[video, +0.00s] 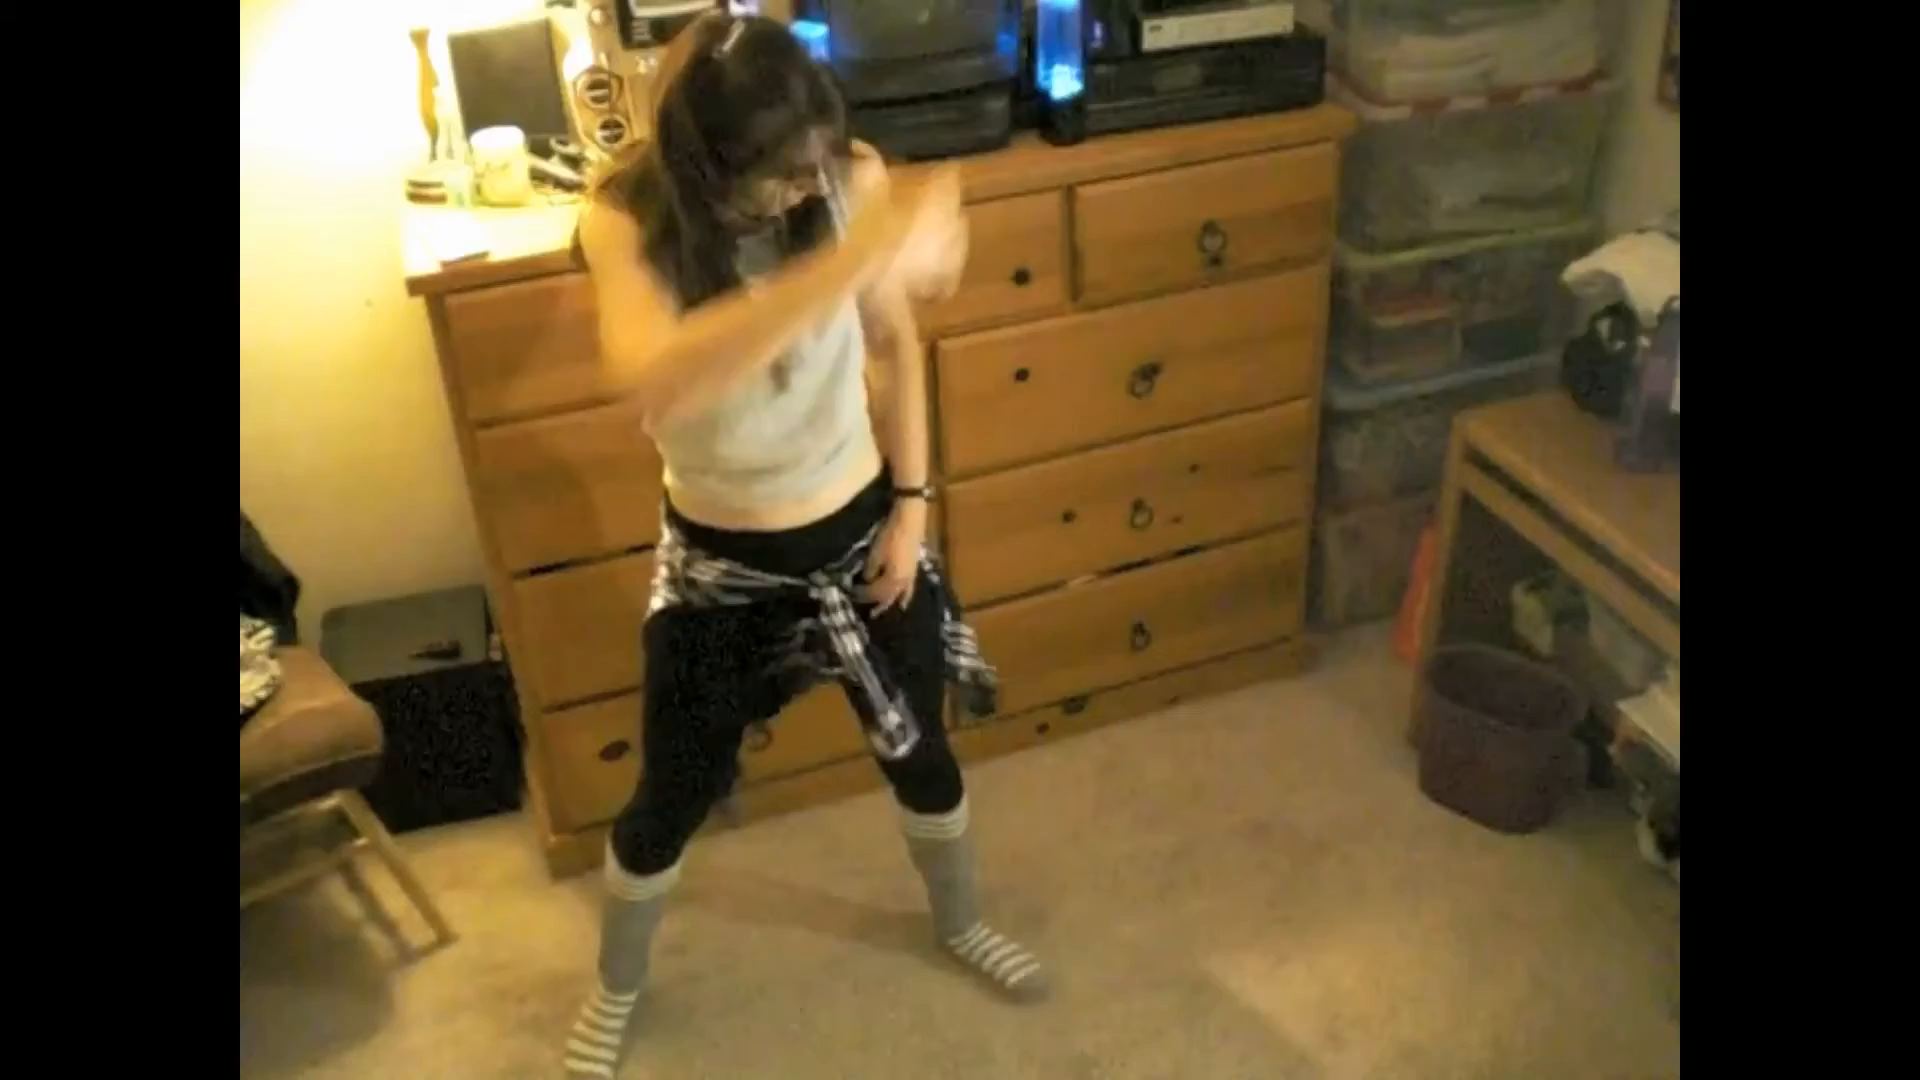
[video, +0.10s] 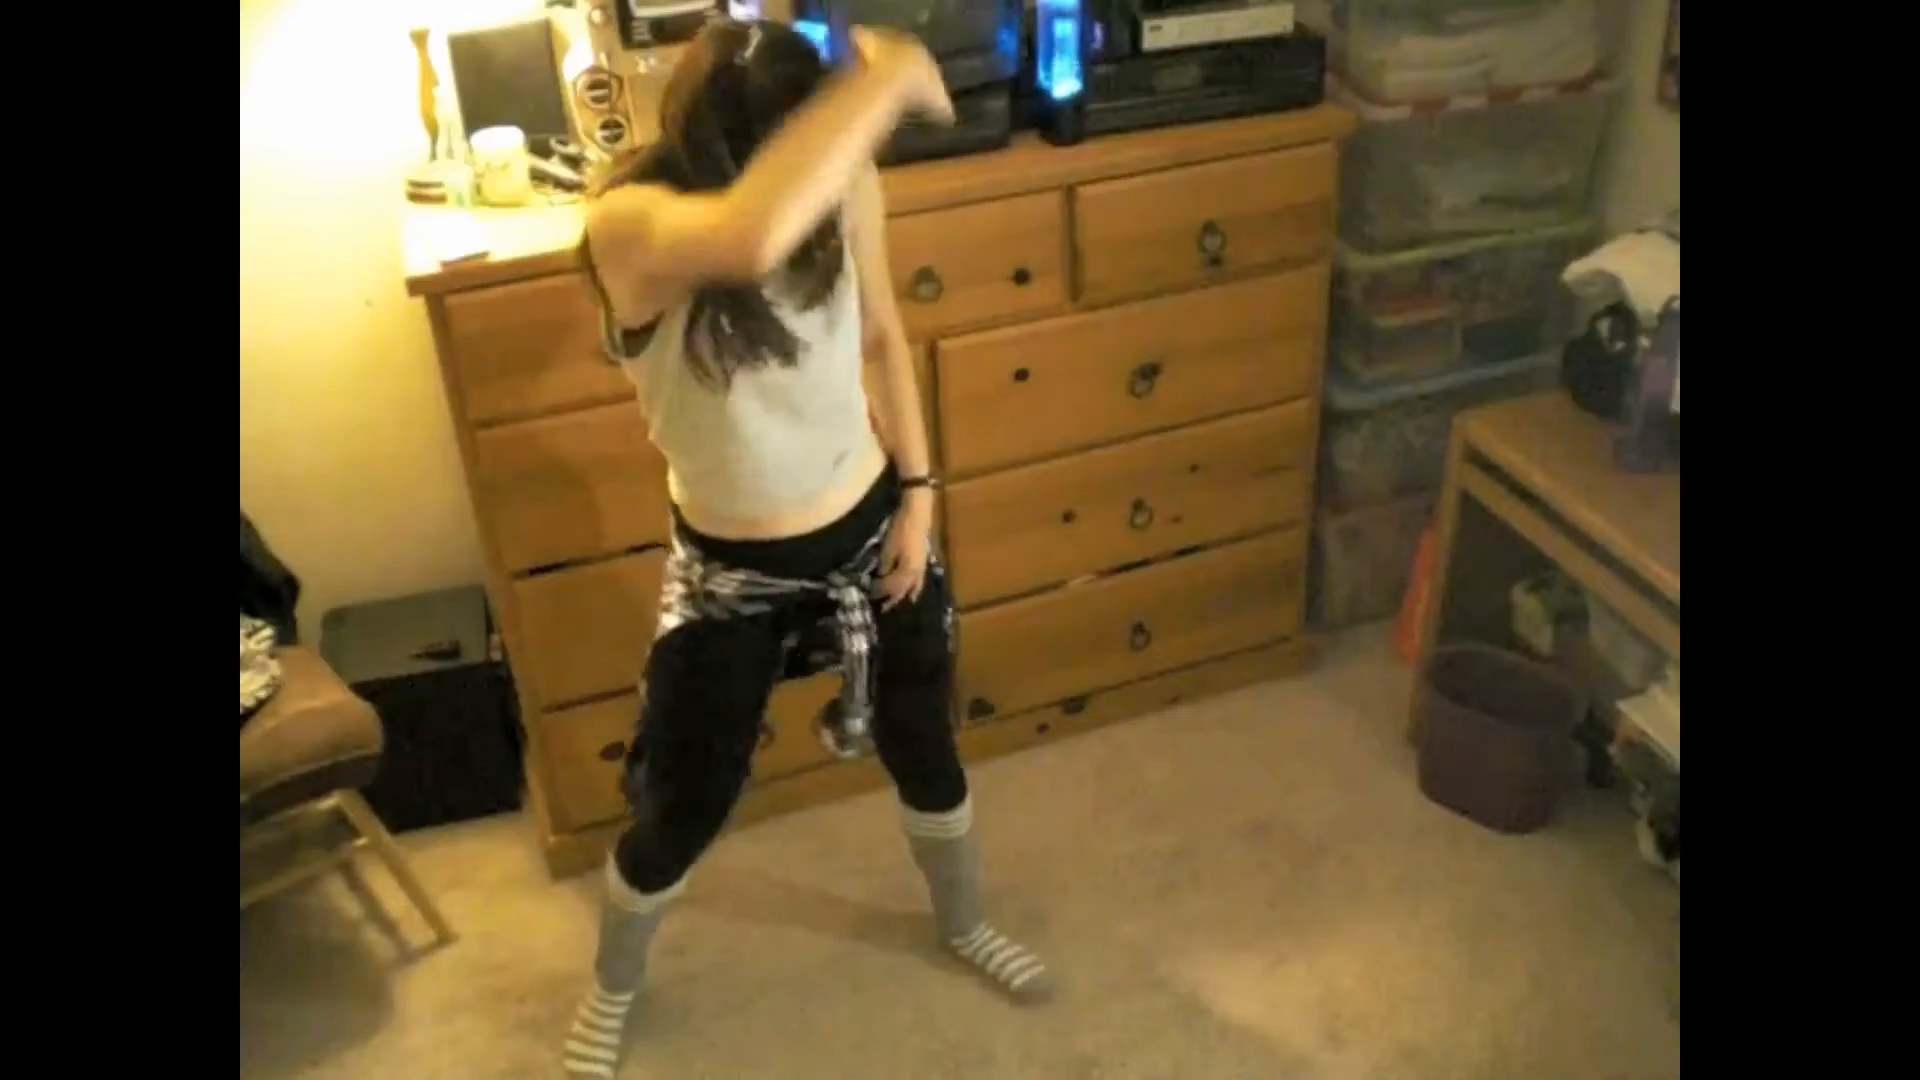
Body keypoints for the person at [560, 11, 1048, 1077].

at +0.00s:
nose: (803, 193)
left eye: (817, 170)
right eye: (778, 179)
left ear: (832, 131)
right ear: (708, 163)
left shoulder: (850, 181)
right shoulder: (625, 217)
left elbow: (894, 343)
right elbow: (653, 383)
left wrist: (911, 503)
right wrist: (861, 258)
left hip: (860, 530)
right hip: (716, 557)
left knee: (921, 752)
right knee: (670, 797)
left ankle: (961, 927)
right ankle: (615, 991)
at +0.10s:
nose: (822, 181)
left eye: (827, 152)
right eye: (781, 154)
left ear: (831, 138)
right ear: (720, 139)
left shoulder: (845, 191)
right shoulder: (624, 221)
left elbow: (881, 339)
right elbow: (748, 235)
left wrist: (918, 485)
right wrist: (882, 81)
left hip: (875, 538)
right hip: (732, 575)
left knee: (925, 745)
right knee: (679, 812)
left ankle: (964, 927)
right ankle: (611, 993)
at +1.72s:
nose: (842, 191)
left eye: (855, 160)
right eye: (811, 166)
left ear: (876, 160)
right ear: (740, 173)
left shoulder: (915, 289)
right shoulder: (701, 272)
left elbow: (1008, 426)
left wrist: (983, 590)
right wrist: (701, 27)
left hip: (934, 588)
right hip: (794, 613)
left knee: (1000, 780)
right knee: (722, 849)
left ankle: (1007, 927)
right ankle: (613, 1001)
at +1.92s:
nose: (789, 196)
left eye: (801, 167)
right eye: (759, 173)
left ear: (819, 159)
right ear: (689, 178)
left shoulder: (870, 253)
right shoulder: (671, 298)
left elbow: (922, 415)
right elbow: (560, 246)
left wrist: (923, 571)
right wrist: (597, 139)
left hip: (883, 600)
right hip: (733, 625)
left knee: (1031, 783)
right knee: (704, 879)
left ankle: (1005, 918)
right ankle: (625, 993)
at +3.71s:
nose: (788, 204)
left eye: (814, 175)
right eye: (761, 172)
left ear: (844, 190)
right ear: (718, 181)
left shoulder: (872, 302)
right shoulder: (675, 301)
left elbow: (959, 497)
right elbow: (651, 428)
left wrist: (852, 649)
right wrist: (684, 540)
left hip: (846, 626)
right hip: (718, 606)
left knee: (910, 884)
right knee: (578, 845)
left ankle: (992, 936)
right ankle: (596, 1006)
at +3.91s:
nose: (863, 234)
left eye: (883, 205)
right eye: (833, 206)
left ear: (909, 217)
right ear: (778, 222)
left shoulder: (948, 351)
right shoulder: (715, 310)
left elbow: (982, 476)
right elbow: (688, 482)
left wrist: (944, 602)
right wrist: (723, 652)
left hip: (905, 636)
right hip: (764, 648)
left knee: (978, 874)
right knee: (596, 877)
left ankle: (1004, 929)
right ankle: (593, 1022)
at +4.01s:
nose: (882, 227)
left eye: (900, 195)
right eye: (848, 201)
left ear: (926, 199)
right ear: (795, 211)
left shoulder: (942, 322)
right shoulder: (737, 287)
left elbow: (944, 465)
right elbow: (682, 470)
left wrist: (937, 579)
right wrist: (718, 644)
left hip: (898, 622)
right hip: (760, 641)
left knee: (977, 806)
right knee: (641, 865)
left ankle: (1008, 928)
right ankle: (600, 1012)